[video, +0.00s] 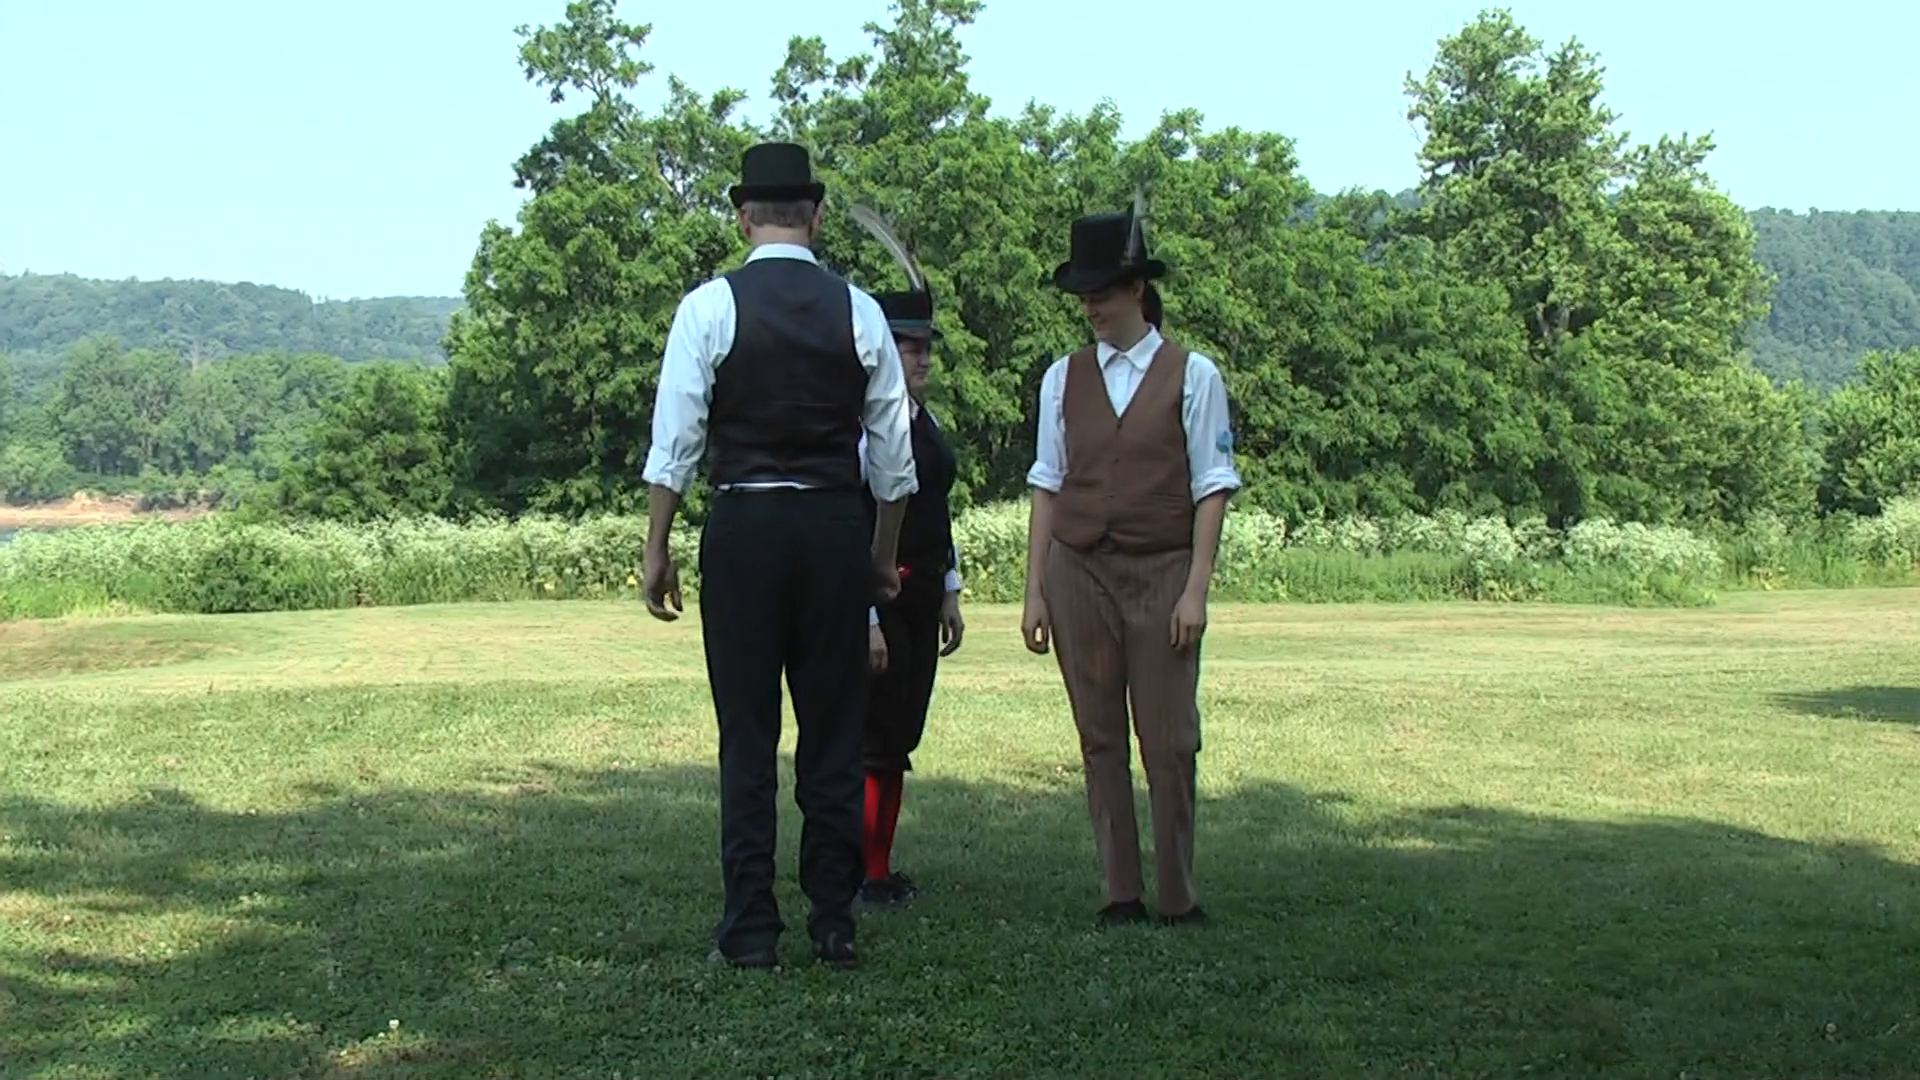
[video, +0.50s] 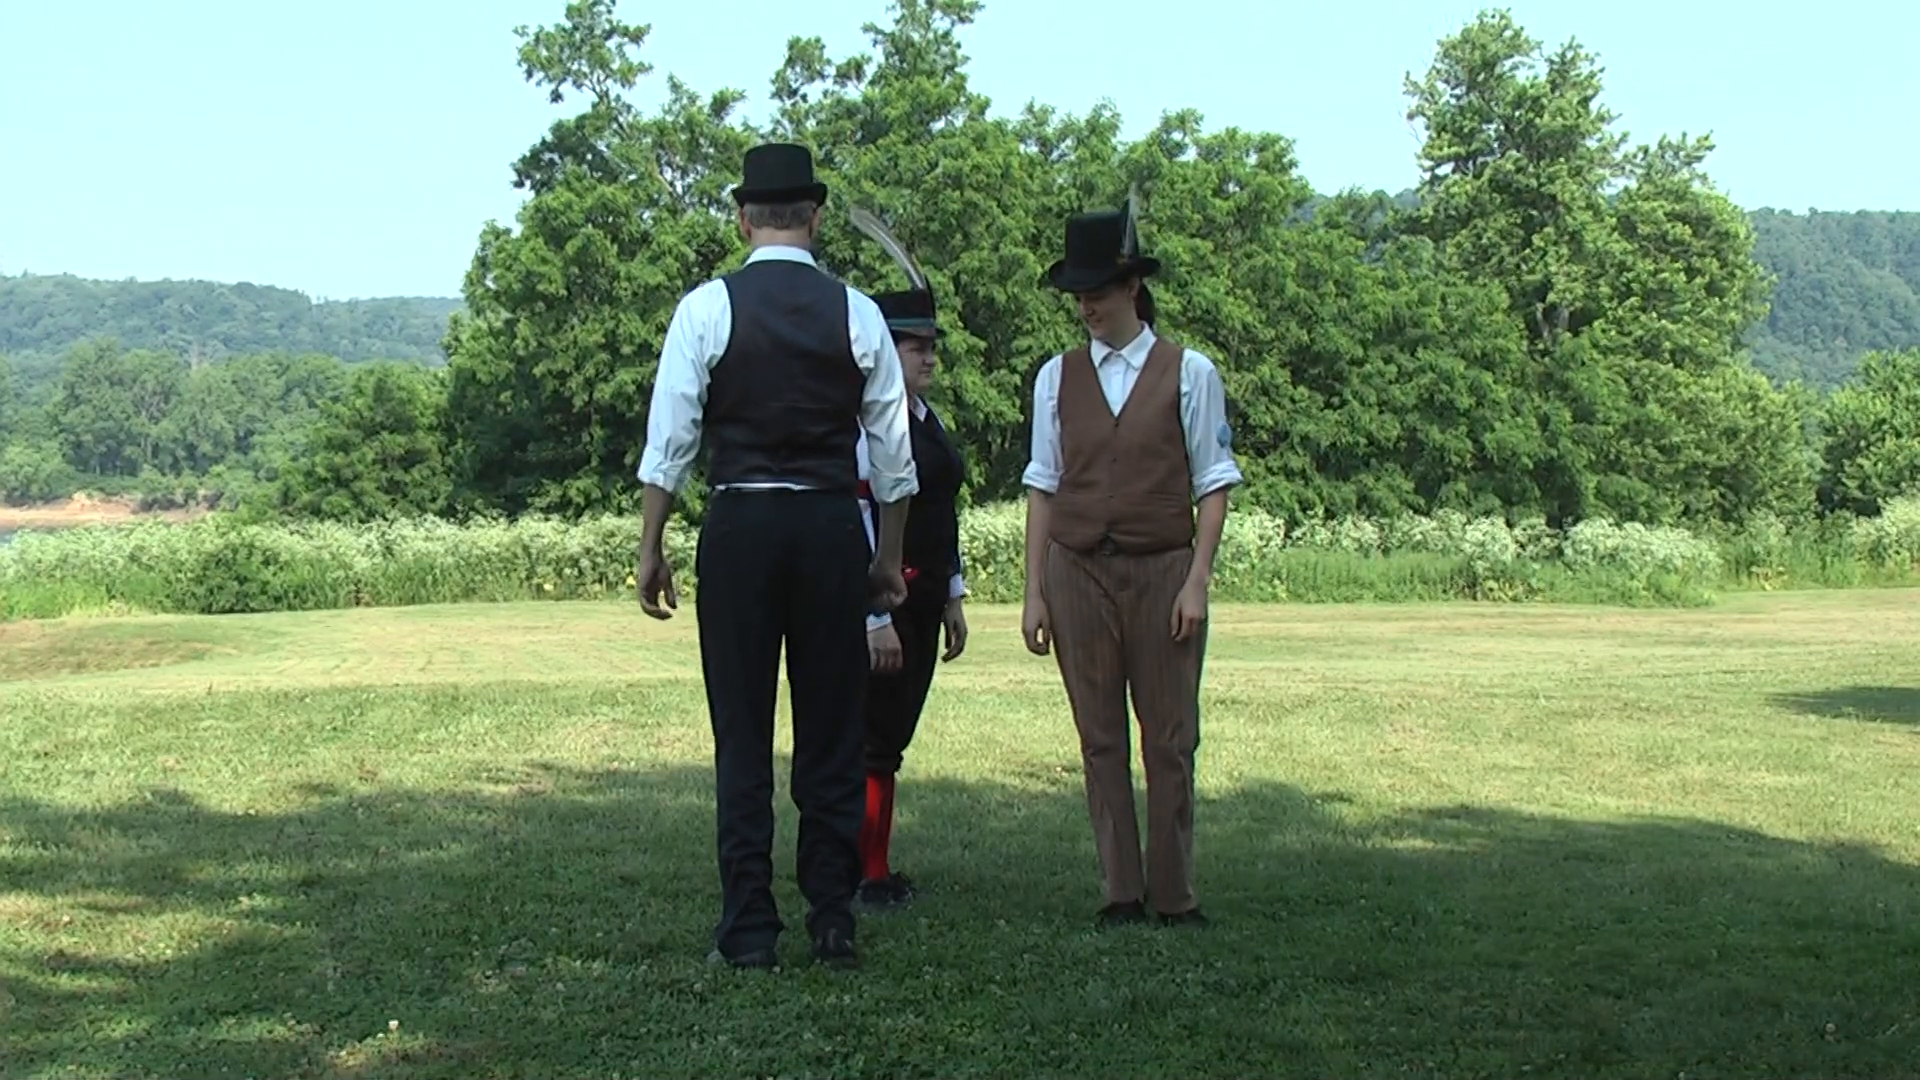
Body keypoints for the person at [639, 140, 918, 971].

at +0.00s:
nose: (772, 222)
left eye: (749, 211)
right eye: (803, 210)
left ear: (742, 215)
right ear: (815, 214)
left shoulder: (710, 305)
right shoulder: (859, 309)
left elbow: (676, 433)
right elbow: (892, 441)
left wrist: (656, 545)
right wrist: (886, 545)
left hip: (742, 535)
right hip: (836, 533)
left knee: (745, 738)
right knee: (833, 733)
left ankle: (749, 929)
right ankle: (835, 923)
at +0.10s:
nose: (757, 222)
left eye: (745, 211)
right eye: (799, 211)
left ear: (742, 216)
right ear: (814, 214)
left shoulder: (709, 305)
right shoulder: (859, 310)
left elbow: (676, 434)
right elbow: (892, 442)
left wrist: (657, 547)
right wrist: (889, 547)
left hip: (741, 535)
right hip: (837, 533)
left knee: (745, 737)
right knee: (833, 733)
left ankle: (749, 928)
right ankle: (836, 922)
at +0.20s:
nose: (756, 223)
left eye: (746, 213)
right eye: (796, 213)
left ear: (741, 218)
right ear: (814, 217)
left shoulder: (708, 308)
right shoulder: (858, 312)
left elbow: (675, 435)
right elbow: (893, 445)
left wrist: (656, 549)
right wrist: (889, 552)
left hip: (740, 536)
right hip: (835, 534)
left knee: (744, 739)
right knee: (831, 737)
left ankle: (749, 930)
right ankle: (834, 923)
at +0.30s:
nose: (756, 224)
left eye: (747, 214)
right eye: (796, 214)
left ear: (742, 220)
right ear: (816, 219)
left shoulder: (709, 310)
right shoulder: (859, 315)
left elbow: (676, 437)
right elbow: (893, 446)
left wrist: (656, 550)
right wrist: (890, 553)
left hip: (740, 538)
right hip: (834, 537)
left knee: (743, 742)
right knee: (831, 739)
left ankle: (748, 931)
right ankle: (834, 923)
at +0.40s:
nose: (757, 223)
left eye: (747, 213)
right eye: (798, 212)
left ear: (742, 219)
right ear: (815, 218)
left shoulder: (707, 309)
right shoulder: (858, 314)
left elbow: (672, 434)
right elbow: (892, 446)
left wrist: (653, 547)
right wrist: (889, 553)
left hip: (738, 538)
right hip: (833, 536)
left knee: (741, 740)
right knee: (830, 738)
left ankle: (748, 930)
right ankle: (834, 922)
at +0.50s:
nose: (753, 222)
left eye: (745, 212)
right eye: (797, 212)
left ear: (742, 218)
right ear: (814, 216)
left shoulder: (708, 307)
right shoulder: (859, 312)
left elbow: (671, 432)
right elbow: (893, 445)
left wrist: (650, 544)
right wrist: (890, 551)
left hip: (738, 537)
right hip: (834, 535)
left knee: (741, 741)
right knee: (831, 737)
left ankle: (748, 929)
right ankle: (835, 923)